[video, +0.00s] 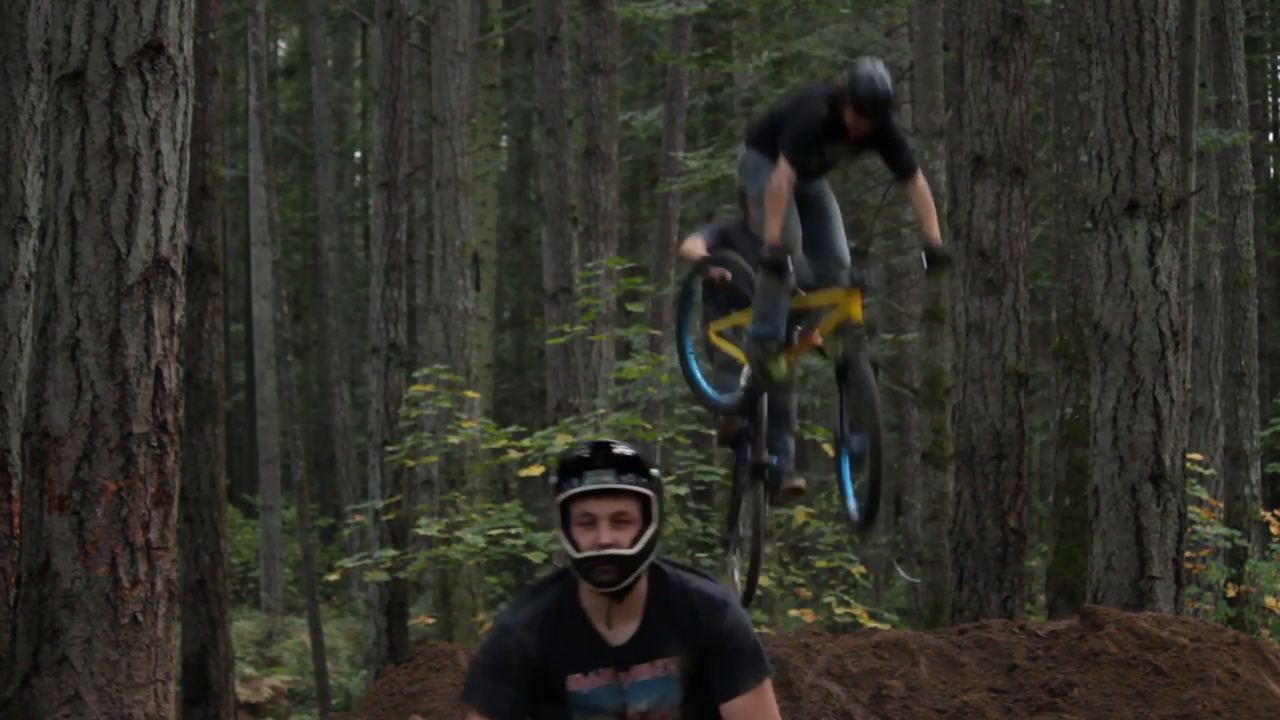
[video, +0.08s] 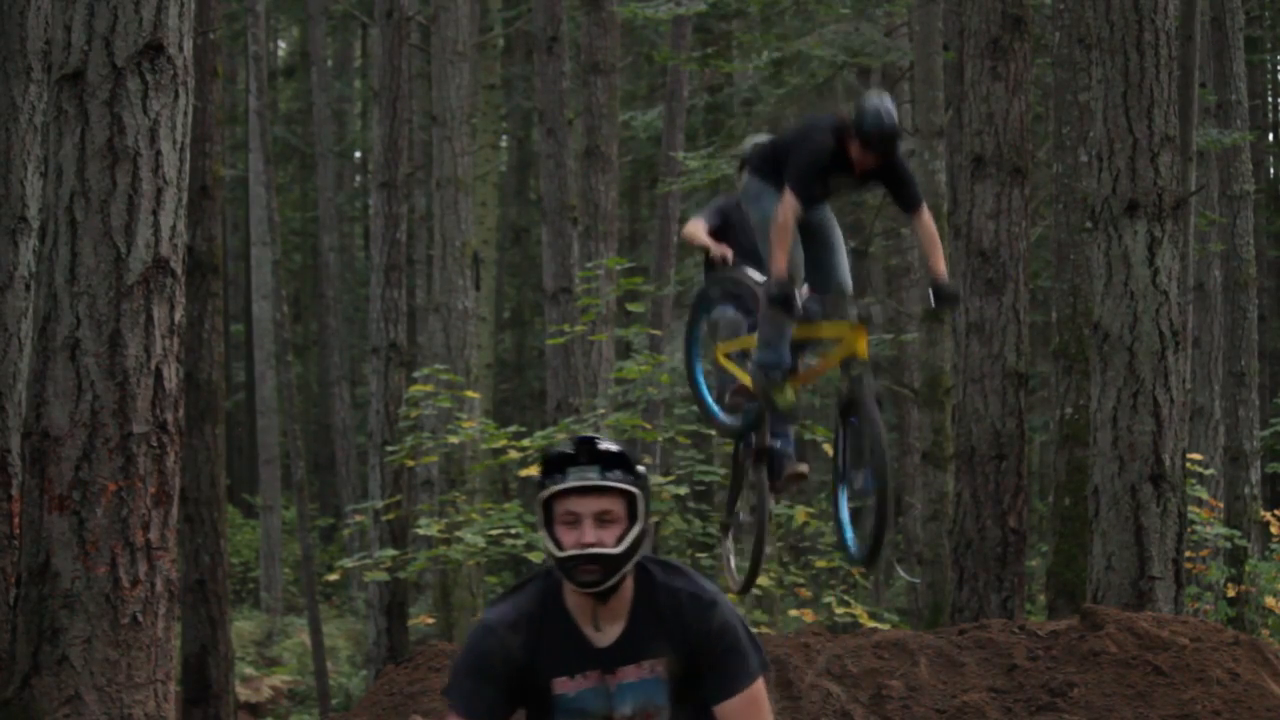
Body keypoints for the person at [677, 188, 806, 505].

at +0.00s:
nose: (763, 211)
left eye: (769, 204)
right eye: (757, 203)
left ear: (782, 208)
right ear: (746, 205)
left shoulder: (786, 247)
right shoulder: (729, 234)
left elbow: (806, 293)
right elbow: (690, 245)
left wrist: (809, 330)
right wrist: (709, 264)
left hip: (775, 339)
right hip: (729, 333)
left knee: (782, 406)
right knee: (733, 369)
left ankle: (783, 474)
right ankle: (729, 419)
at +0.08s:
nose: (755, 180)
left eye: (762, 174)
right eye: (750, 172)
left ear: (775, 178)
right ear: (742, 174)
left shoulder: (785, 220)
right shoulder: (729, 207)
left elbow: (798, 265)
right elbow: (691, 229)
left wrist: (803, 289)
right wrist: (711, 244)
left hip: (770, 306)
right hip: (730, 299)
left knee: (779, 377)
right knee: (729, 322)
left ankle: (783, 457)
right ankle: (730, 383)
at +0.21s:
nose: (763, 141)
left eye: (770, 133)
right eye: (756, 133)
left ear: (779, 139)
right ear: (744, 139)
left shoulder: (792, 188)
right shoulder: (730, 173)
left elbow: (807, 223)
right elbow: (694, 196)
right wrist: (715, 213)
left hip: (774, 272)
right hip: (731, 267)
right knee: (736, 292)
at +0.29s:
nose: (764, 116)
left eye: (771, 109)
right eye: (756, 109)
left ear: (781, 114)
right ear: (744, 114)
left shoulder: (800, 164)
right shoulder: (729, 149)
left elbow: (815, 218)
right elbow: (700, 174)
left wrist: (828, 240)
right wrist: (720, 189)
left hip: (780, 251)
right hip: (733, 248)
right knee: (742, 269)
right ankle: (739, 347)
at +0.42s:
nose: (765, 108)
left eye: (772, 101)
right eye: (758, 100)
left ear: (782, 105)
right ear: (745, 105)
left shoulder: (801, 152)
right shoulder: (732, 137)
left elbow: (820, 205)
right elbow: (703, 166)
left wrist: (835, 223)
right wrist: (724, 180)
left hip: (779, 245)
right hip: (734, 238)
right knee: (743, 257)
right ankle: (737, 340)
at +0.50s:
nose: (769, 99)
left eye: (776, 92)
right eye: (761, 91)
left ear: (786, 95)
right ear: (747, 94)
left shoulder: (807, 140)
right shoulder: (734, 124)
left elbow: (829, 191)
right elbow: (710, 152)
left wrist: (851, 200)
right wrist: (737, 153)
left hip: (783, 244)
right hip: (736, 236)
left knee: (792, 330)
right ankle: (738, 298)